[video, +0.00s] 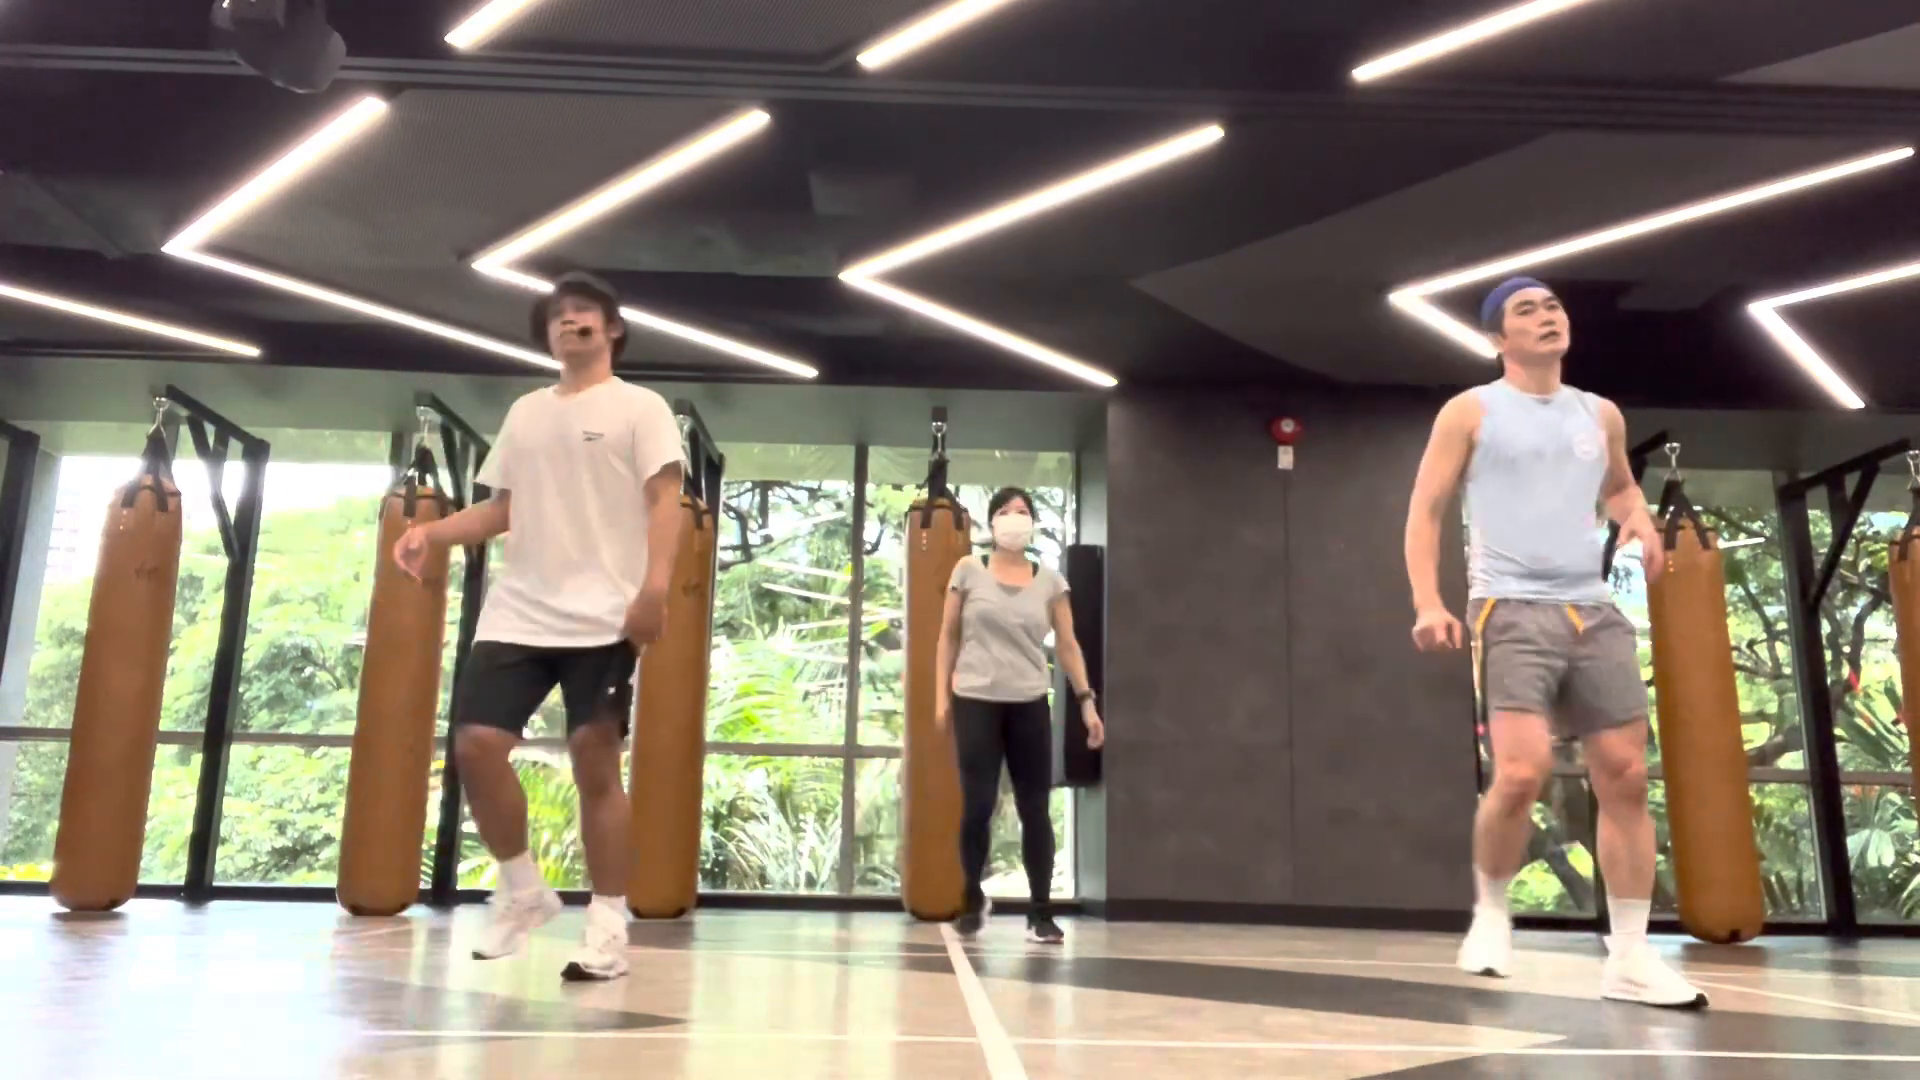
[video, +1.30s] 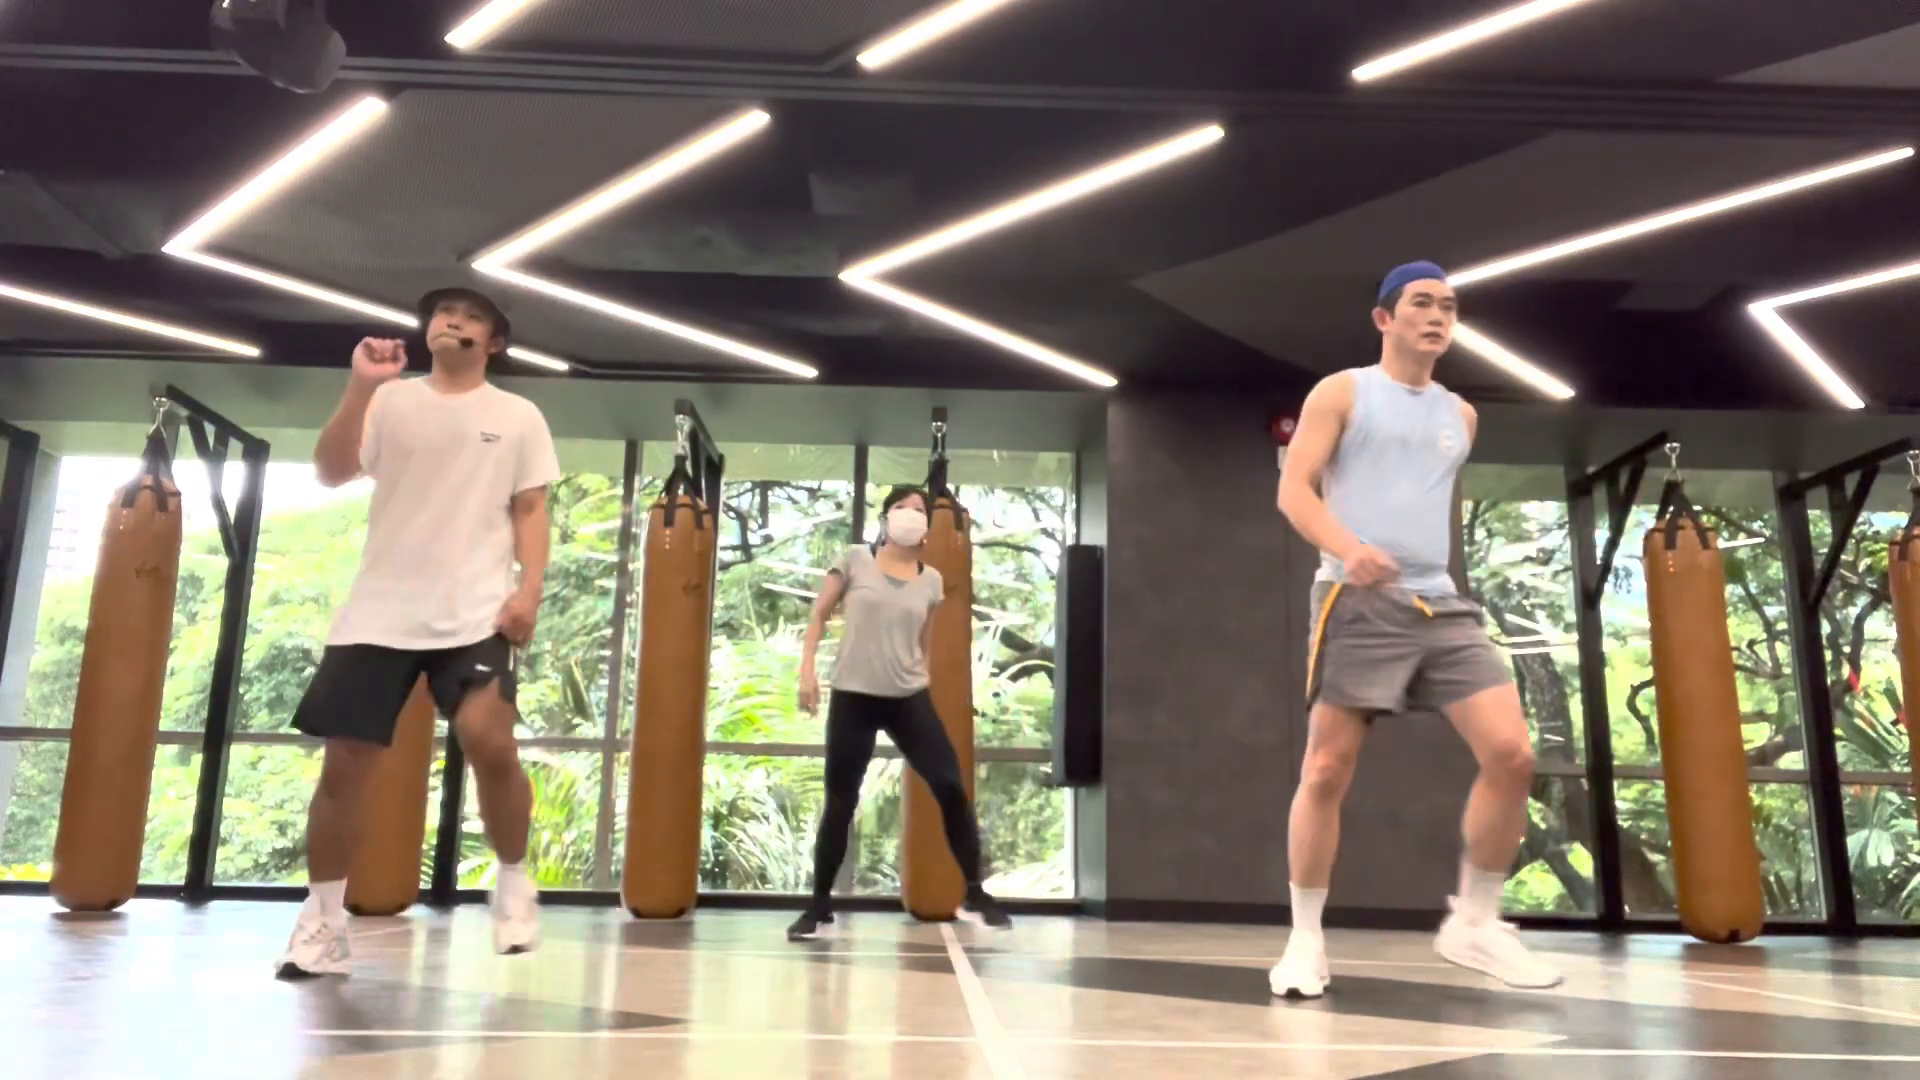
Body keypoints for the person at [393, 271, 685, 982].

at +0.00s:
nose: (573, 320)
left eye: (587, 312)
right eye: (562, 312)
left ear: (613, 331)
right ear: (547, 334)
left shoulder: (642, 408)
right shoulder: (526, 411)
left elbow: (667, 500)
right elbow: (505, 509)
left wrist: (656, 587)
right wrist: (434, 531)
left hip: (602, 614)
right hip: (517, 611)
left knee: (595, 759)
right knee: (476, 745)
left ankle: (608, 928)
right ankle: (525, 894)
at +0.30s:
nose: (567, 328)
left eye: (580, 320)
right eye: (554, 322)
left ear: (605, 339)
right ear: (537, 346)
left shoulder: (632, 412)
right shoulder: (518, 422)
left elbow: (638, 512)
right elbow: (487, 508)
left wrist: (615, 606)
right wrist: (428, 448)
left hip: (588, 618)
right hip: (507, 615)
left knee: (588, 773)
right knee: (455, 746)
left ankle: (608, 927)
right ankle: (520, 881)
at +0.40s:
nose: (554, 323)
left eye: (567, 315)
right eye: (541, 317)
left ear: (593, 334)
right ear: (524, 341)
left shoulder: (619, 408)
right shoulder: (503, 417)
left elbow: (626, 509)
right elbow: (460, 494)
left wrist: (600, 598)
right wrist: (416, 416)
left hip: (574, 615)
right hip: (488, 611)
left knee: (582, 768)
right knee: (422, 741)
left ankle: (607, 928)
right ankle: (440, 897)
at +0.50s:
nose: (540, 332)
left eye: (554, 322)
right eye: (527, 324)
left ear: (579, 344)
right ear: (508, 346)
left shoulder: (601, 421)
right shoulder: (478, 420)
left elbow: (612, 517)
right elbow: (424, 496)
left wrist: (585, 604)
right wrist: (394, 415)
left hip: (550, 625)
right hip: (465, 620)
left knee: (567, 768)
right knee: (396, 757)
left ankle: (605, 927)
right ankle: (355, 912)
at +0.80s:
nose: (463, 331)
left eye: (480, 324)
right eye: (453, 321)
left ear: (504, 348)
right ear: (435, 339)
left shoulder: (520, 428)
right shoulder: (393, 407)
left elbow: (518, 528)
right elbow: (336, 479)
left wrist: (500, 617)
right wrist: (312, 397)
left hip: (460, 627)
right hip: (367, 619)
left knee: (489, 761)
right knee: (332, 763)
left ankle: (540, 912)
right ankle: (327, 928)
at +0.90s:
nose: (449, 325)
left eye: (466, 318)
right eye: (439, 315)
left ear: (491, 341)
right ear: (421, 334)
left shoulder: (511, 421)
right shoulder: (378, 401)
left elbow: (509, 522)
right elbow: (317, 470)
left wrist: (484, 606)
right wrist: (307, 385)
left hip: (443, 625)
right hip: (352, 617)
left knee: (444, 762)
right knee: (333, 769)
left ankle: (460, 911)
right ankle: (326, 927)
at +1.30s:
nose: (456, 324)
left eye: (472, 318)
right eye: (444, 314)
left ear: (495, 341)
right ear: (425, 332)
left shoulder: (519, 416)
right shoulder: (390, 399)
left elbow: (531, 512)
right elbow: (332, 470)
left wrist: (531, 587)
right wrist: (361, 385)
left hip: (474, 614)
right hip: (381, 611)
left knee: (490, 740)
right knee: (342, 761)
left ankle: (512, 884)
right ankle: (325, 921)